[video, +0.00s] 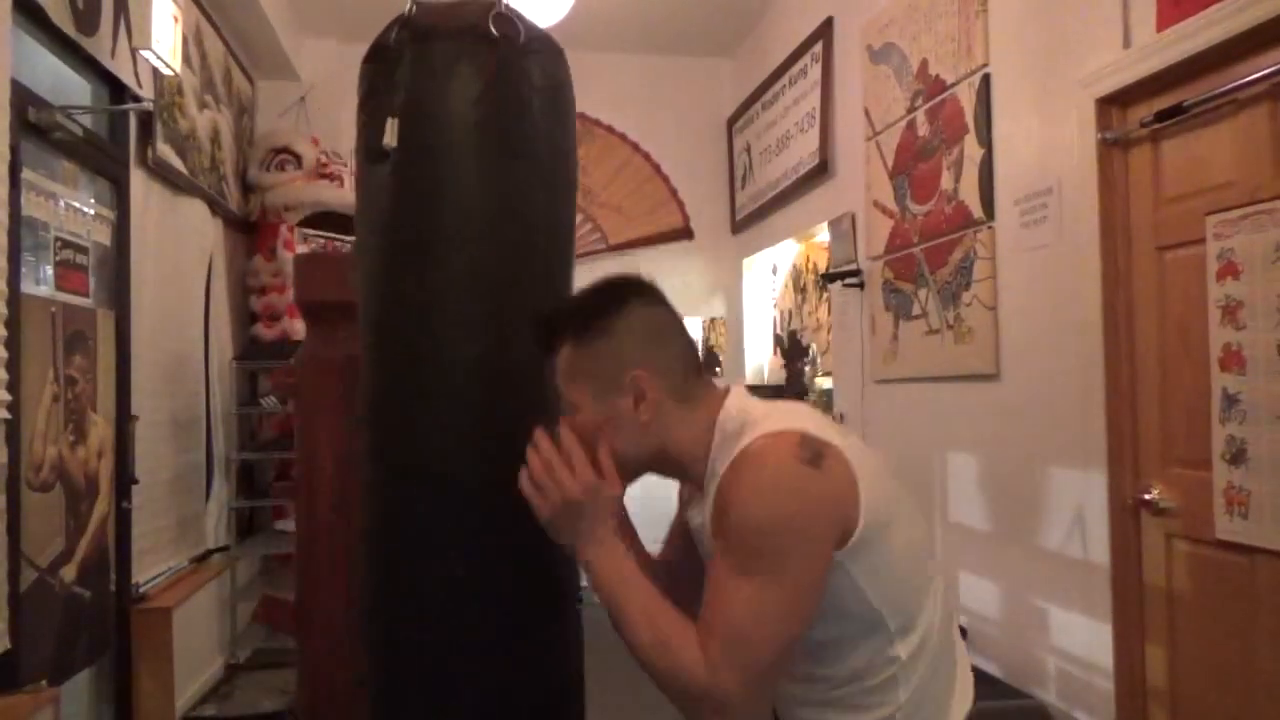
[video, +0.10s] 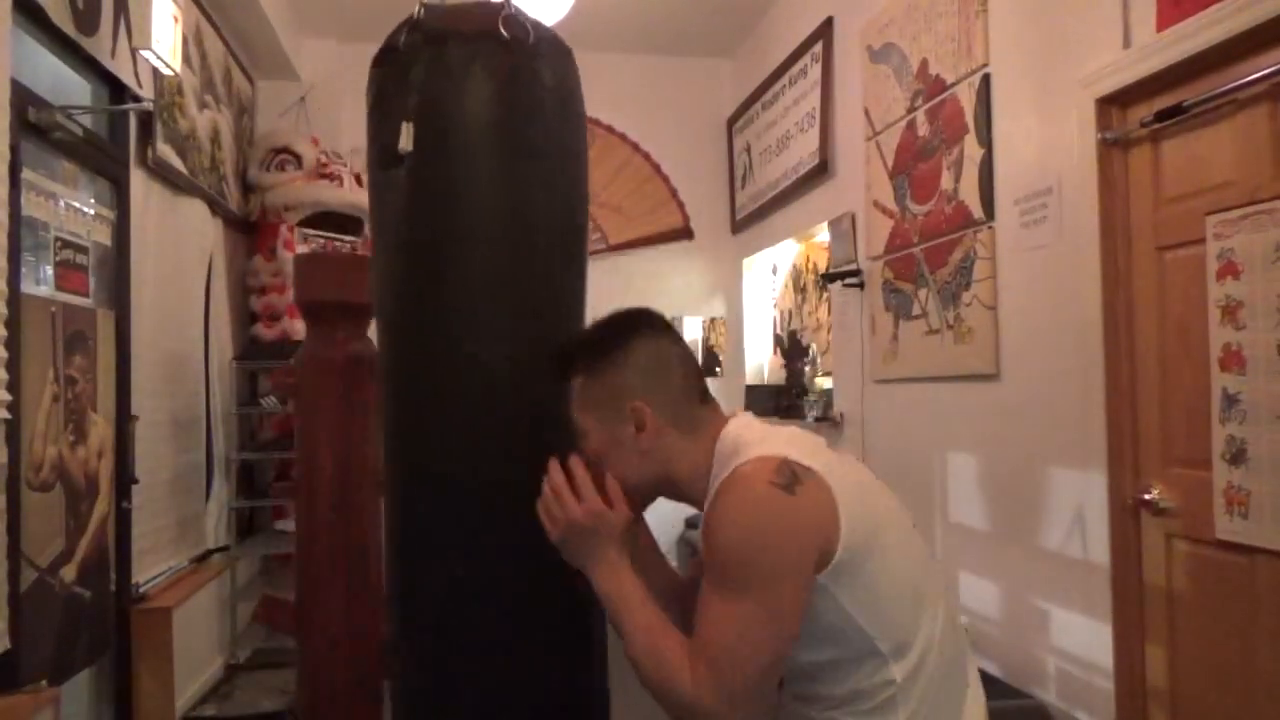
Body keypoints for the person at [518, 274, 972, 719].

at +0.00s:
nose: (566, 434)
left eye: (571, 410)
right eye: (563, 413)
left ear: (640, 397)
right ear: (646, 396)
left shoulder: (778, 474)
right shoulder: (715, 451)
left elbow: (724, 696)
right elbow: (675, 602)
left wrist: (597, 541)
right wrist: (602, 514)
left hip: (893, 709)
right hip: (818, 695)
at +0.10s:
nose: (582, 459)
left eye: (584, 437)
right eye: (577, 440)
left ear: (640, 425)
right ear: (644, 424)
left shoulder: (762, 495)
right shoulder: (747, 460)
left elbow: (718, 701)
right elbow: (692, 628)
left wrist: (603, 561)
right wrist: (624, 525)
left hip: (901, 710)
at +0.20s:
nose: (620, 449)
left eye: (621, 430)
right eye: (615, 432)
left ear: (663, 419)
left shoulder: (757, 488)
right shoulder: (779, 444)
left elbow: (700, 690)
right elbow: (713, 642)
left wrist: (619, 543)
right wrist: (654, 514)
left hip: (890, 711)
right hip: (946, 698)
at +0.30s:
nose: (650, 406)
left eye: (652, 385)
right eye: (647, 387)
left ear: (692, 378)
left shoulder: (765, 447)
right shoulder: (802, 410)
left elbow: (690, 628)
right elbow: (723, 587)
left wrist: (638, 484)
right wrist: (686, 462)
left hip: (891, 708)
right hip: (950, 691)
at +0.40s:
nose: (676, 363)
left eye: (676, 343)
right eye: (672, 345)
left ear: (718, 331)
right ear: (770, 316)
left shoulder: (776, 397)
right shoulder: (827, 371)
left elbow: (691, 570)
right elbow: (749, 549)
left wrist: (644, 430)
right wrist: (707, 418)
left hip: (886, 700)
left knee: (712, 597)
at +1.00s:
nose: (721, 364)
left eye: (721, 345)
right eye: (714, 350)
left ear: (758, 323)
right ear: (806, 315)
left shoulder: (765, 366)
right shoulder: (890, 367)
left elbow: (663, 508)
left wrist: (662, 387)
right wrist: (730, 370)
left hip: (825, 697)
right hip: (932, 686)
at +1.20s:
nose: (632, 322)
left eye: (637, 295)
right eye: (632, 299)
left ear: (691, 283)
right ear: (691, 285)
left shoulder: (814, 389)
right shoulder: (712, 401)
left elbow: (824, 595)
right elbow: (662, 429)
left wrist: (659, 508)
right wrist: (555, 409)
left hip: (813, 705)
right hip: (738, 693)